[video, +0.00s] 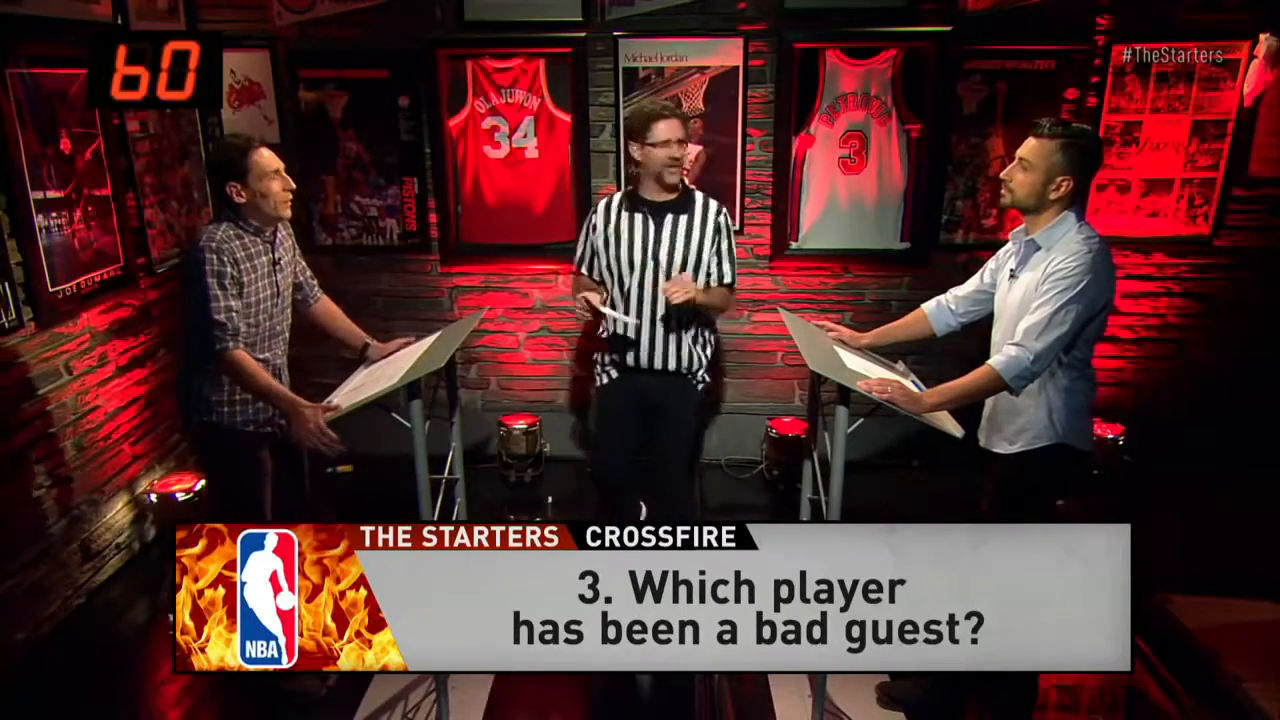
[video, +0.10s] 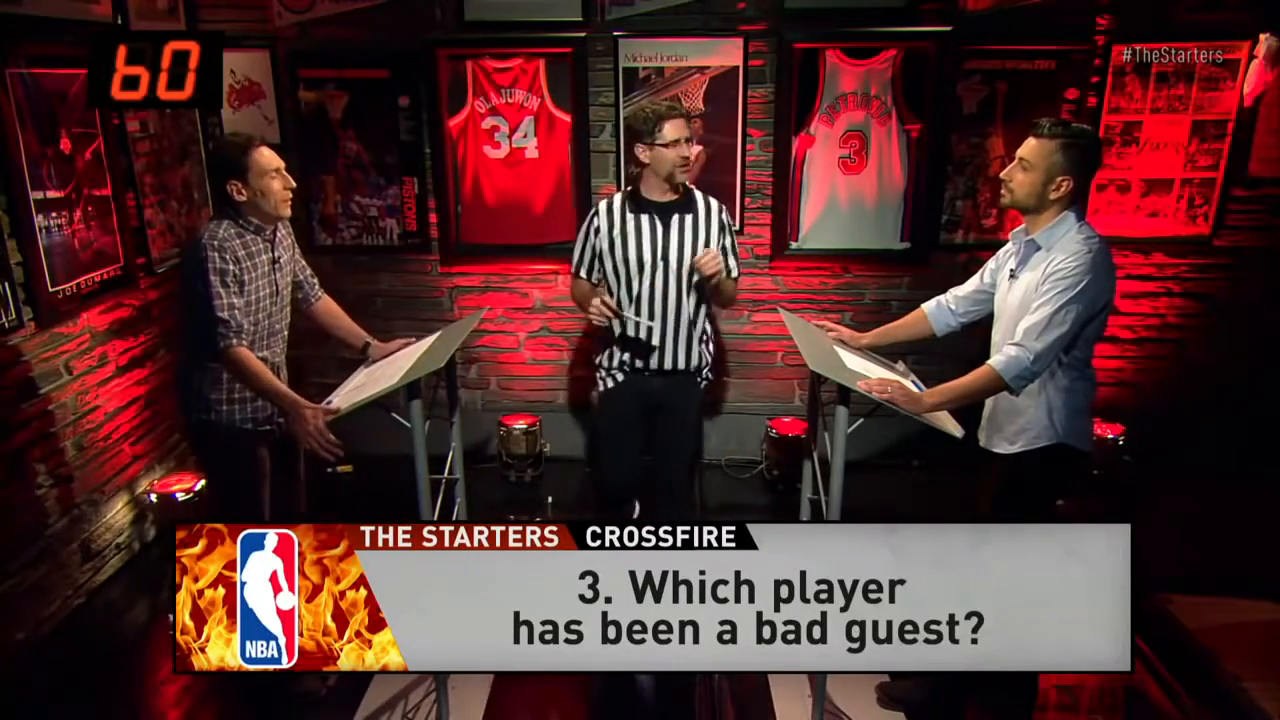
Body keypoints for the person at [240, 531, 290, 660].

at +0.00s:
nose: (271, 544)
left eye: (274, 541)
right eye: (270, 541)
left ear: (276, 543)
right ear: (265, 541)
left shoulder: (277, 561)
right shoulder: (254, 556)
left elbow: (281, 579)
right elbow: (244, 576)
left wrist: (286, 592)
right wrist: (256, 575)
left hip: (266, 589)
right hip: (251, 588)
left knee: (271, 615)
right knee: (260, 615)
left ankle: (281, 640)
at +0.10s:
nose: (271, 544)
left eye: (273, 541)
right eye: (269, 541)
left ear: (276, 543)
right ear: (265, 541)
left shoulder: (277, 560)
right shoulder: (254, 556)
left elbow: (281, 579)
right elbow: (244, 576)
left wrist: (286, 592)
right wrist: (255, 575)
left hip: (266, 589)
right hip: (251, 588)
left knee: (270, 615)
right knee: (259, 615)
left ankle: (281, 640)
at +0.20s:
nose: (271, 544)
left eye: (273, 541)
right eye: (269, 541)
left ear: (276, 543)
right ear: (265, 541)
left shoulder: (277, 560)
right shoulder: (254, 556)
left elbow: (281, 578)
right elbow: (244, 576)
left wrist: (286, 592)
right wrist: (255, 575)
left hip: (266, 589)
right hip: (251, 588)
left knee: (270, 615)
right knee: (259, 615)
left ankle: (281, 640)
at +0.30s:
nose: (271, 544)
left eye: (273, 541)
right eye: (269, 541)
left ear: (276, 543)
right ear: (265, 541)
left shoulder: (277, 560)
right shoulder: (254, 556)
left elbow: (281, 578)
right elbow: (244, 576)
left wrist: (286, 592)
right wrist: (255, 575)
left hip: (266, 589)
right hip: (251, 588)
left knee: (270, 615)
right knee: (259, 615)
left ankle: (281, 640)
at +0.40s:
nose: (271, 544)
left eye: (273, 541)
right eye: (269, 541)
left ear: (276, 543)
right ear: (265, 541)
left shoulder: (277, 560)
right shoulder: (254, 556)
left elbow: (281, 578)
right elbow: (244, 576)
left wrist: (286, 592)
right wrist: (255, 575)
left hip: (266, 589)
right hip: (251, 588)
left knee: (270, 615)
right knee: (259, 615)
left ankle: (281, 640)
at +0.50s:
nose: (271, 544)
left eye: (273, 541)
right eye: (269, 541)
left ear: (276, 543)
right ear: (265, 541)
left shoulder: (277, 560)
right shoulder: (254, 556)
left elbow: (281, 578)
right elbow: (244, 576)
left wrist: (286, 592)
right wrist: (255, 575)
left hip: (266, 589)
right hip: (251, 588)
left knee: (270, 615)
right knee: (259, 615)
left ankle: (281, 640)